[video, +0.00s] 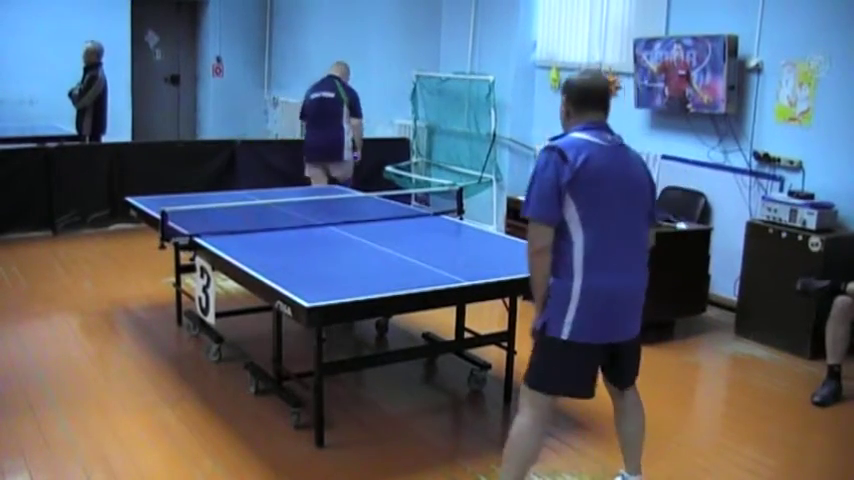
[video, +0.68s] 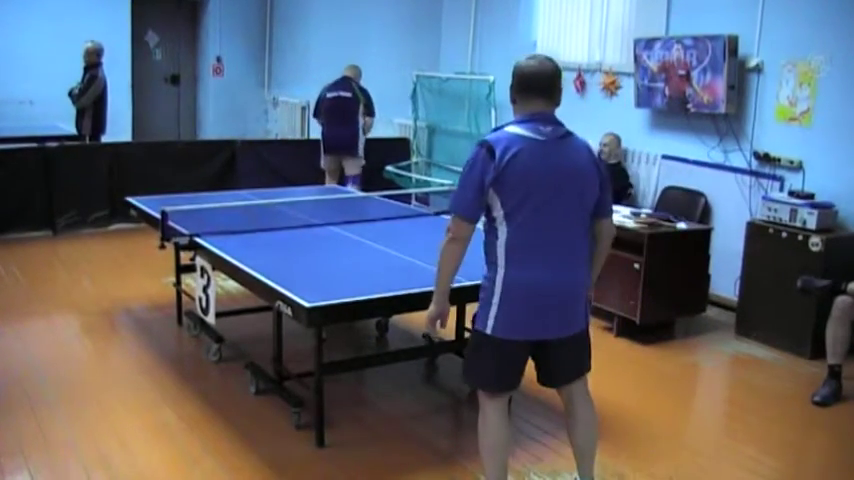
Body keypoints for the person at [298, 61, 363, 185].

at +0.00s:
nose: (348, 79)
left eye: (347, 77)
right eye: (348, 76)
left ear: (330, 72)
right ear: (346, 75)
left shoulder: (312, 89)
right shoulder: (348, 92)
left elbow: (304, 118)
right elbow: (356, 122)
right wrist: (358, 148)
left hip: (313, 148)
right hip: (338, 149)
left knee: (318, 194)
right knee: (344, 193)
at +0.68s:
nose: (359, 80)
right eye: (359, 78)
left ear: (344, 74)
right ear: (358, 77)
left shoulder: (327, 89)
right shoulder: (361, 91)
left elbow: (317, 115)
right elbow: (369, 118)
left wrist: (328, 126)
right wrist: (363, 133)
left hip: (329, 141)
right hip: (351, 141)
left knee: (330, 179)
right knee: (353, 181)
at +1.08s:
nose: (372, 85)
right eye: (371, 82)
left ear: (355, 75)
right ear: (369, 80)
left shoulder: (337, 86)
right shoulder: (371, 93)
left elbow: (325, 111)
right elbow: (372, 121)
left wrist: (338, 121)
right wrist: (363, 131)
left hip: (332, 136)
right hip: (355, 138)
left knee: (331, 173)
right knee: (367, 168)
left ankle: (329, 207)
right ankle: (364, 204)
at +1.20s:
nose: (380, 93)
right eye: (380, 91)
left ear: (367, 82)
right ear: (379, 89)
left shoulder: (347, 89)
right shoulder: (378, 100)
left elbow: (331, 111)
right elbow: (376, 127)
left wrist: (343, 121)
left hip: (334, 137)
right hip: (357, 140)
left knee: (333, 173)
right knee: (368, 171)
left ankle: (330, 205)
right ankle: (366, 206)